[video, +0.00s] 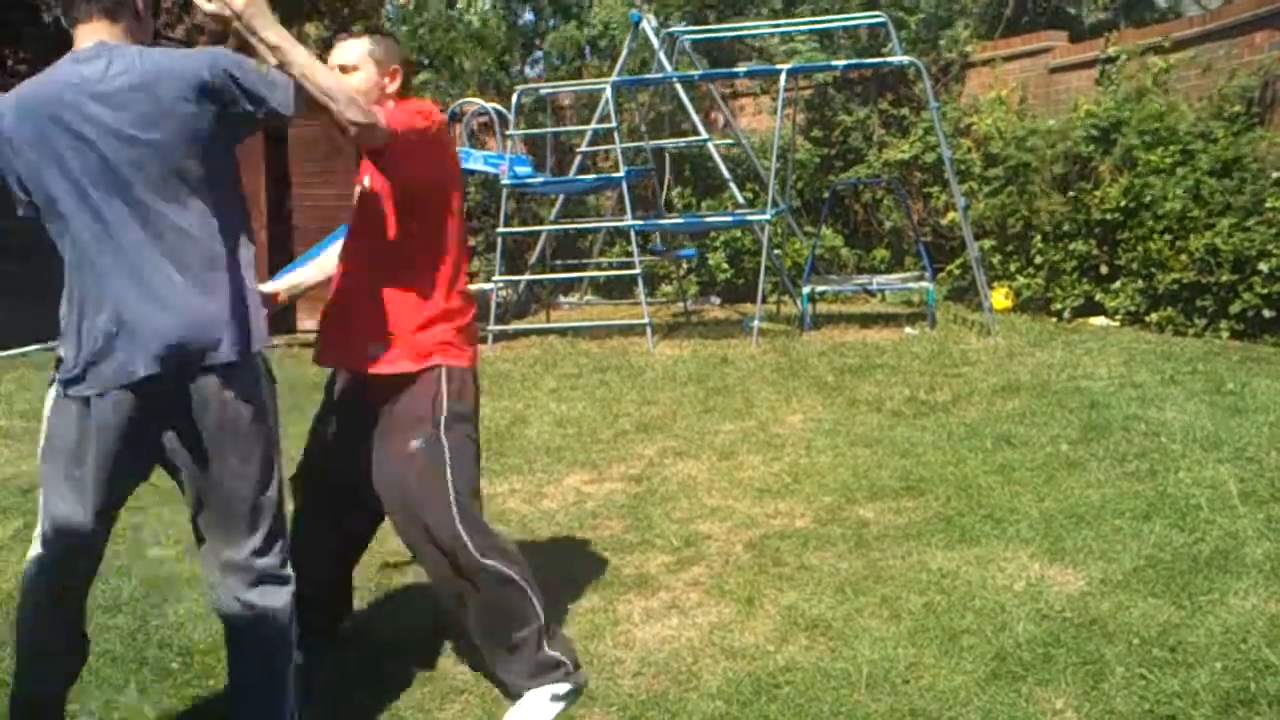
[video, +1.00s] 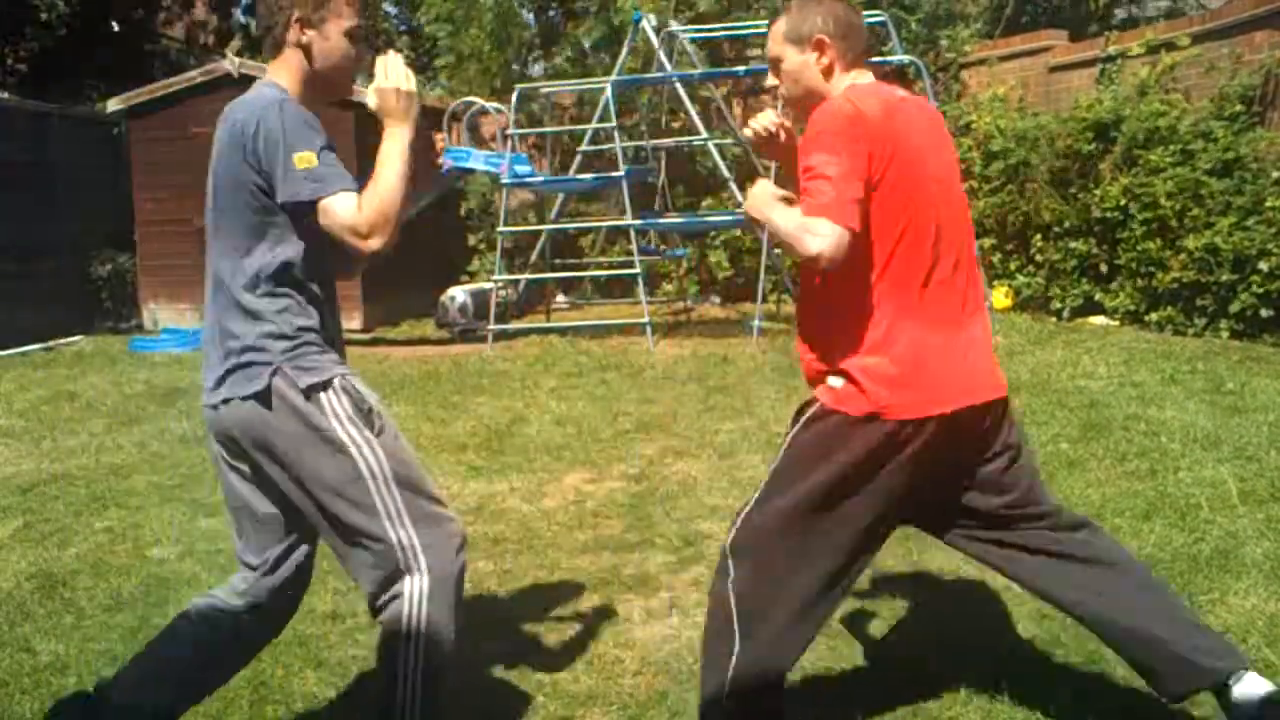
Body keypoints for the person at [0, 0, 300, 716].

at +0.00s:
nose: (156, 14)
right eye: (154, 7)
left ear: (67, 18)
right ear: (141, 9)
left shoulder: (18, 109)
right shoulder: (203, 70)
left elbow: (26, 209)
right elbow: (354, 116)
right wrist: (268, 28)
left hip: (101, 351)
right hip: (217, 341)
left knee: (58, 556)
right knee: (251, 565)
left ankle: (32, 710)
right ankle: (269, 711)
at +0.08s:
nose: (154, 11)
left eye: (151, 6)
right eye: (152, 3)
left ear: (71, 11)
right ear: (137, 3)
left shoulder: (18, 101)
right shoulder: (200, 64)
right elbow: (281, 100)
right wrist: (257, 27)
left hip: (94, 350)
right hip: (212, 334)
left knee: (84, 576)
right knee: (262, 556)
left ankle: (77, 713)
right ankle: (275, 711)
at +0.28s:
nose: (173, 27)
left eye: (175, 18)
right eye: (170, 16)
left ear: (78, 23)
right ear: (145, 14)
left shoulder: (32, 111)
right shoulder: (203, 95)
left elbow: (137, 104)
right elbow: (301, 163)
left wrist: (222, 48)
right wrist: (313, 131)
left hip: (112, 395)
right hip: (230, 380)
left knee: (106, 621)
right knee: (335, 571)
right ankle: (396, 710)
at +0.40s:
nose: (217, 40)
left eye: (219, 25)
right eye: (212, 24)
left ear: (116, 24)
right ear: (170, 15)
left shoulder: (61, 125)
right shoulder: (215, 107)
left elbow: (157, 145)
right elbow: (343, 188)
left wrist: (252, 94)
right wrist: (384, 217)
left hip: (137, 410)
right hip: (252, 393)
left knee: (139, 645)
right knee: (364, 584)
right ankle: (427, 710)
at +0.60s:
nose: (250, 34)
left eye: (251, 19)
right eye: (245, 16)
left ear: (179, 17)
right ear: (201, 13)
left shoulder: (126, 108)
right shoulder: (212, 109)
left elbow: (279, 169)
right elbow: (332, 214)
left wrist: (357, 83)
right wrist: (365, 149)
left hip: (171, 382)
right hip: (256, 372)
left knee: (183, 594)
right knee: (370, 560)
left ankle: (137, 715)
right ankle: (421, 707)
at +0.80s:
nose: (298, 22)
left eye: (295, 9)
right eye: (289, 6)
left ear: (240, 15)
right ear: (241, 8)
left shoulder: (253, 108)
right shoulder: (191, 98)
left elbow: (359, 168)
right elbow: (244, 218)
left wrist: (448, 123)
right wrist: (318, 144)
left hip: (235, 365)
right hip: (265, 362)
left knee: (203, 567)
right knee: (394, 547)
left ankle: (90, 715)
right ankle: (399, 710)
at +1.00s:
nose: (364, 54)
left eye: (363, 38)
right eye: (354, 36)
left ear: (299, 36)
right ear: (301, 33)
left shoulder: (247, 116)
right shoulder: (277, 113)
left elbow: (339, 247)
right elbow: (368, 228)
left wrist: (404, 171)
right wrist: (397, 126)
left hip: (238, 388)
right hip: (291, 377)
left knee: (267, 584)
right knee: (423, 552)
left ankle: (112, 711)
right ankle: (417, 714)